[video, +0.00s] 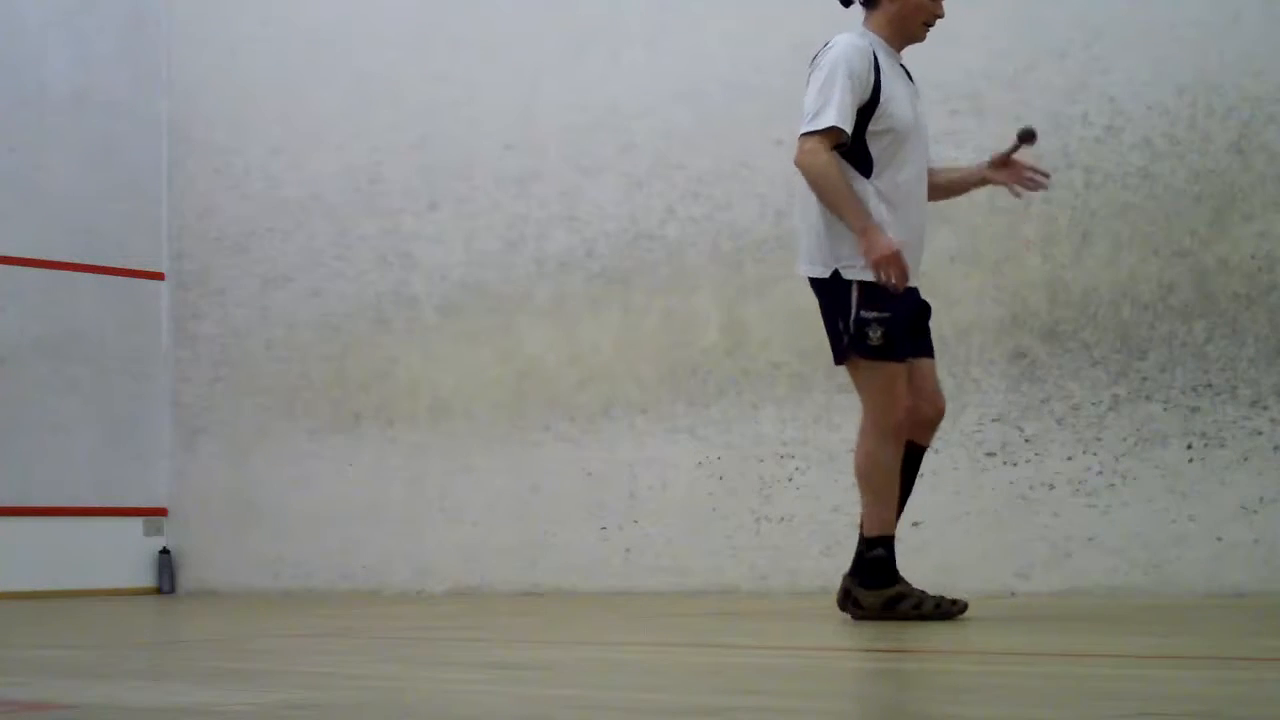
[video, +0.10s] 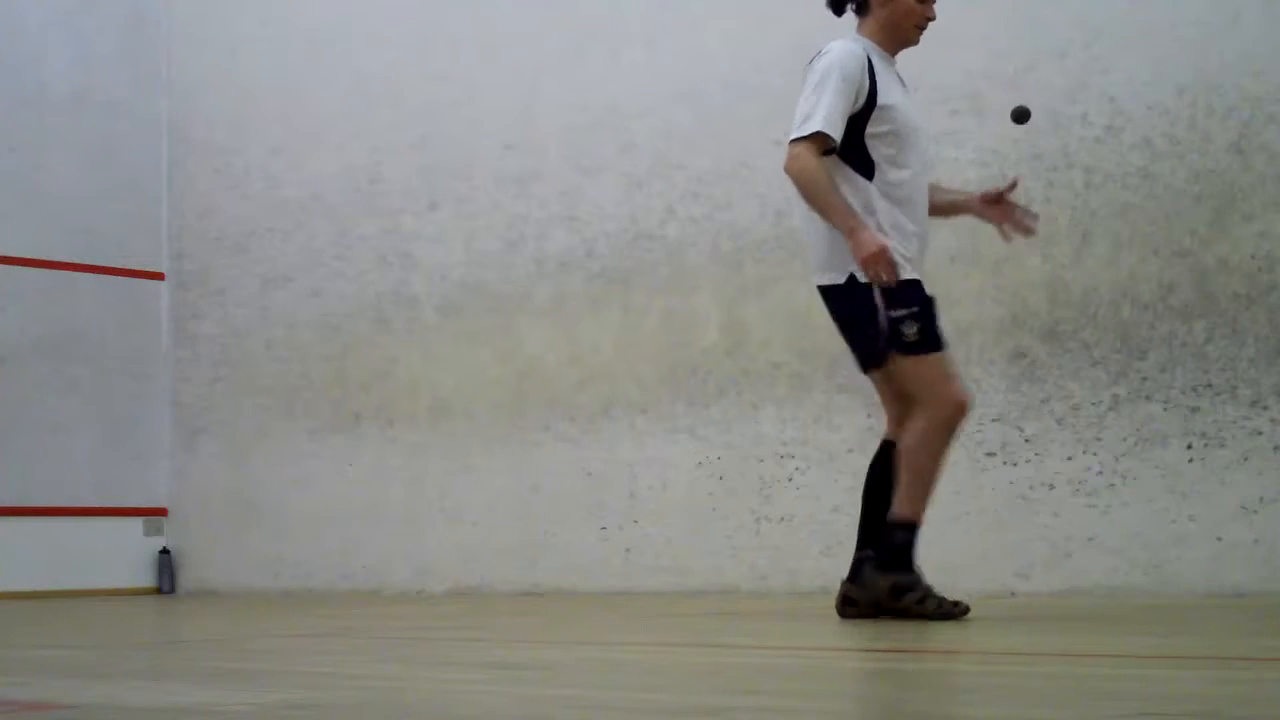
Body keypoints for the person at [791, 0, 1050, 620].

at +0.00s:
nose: (941, 11)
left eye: (940, 3)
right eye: (933, 0)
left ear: (899, 4)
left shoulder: (897, 72)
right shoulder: (849, 54)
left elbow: (909, 185)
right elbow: (812, 151)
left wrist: (985, 171)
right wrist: (870, 233)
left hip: (892, 266)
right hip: (852, 267)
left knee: (924, 409)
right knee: (886, 411)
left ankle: (869, 571)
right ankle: (874, 580)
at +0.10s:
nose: (932, 12)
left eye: (932, 3)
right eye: (923, 1)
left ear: (886, 7)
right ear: (882, 2)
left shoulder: (883, 73)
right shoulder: (845, 58)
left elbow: (896, 191)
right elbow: (802, 159)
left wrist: (975, 203)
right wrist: (859, 234)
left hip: (880, 269)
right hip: (868, 269)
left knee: (908, 418)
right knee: (942, 401)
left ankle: (869, 577)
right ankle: (894, 568)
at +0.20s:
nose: (927, 26)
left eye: (928, 15)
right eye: (917, 13)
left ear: (888, 18)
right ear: (875, 12)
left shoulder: (878, 89)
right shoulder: (842, 75)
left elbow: (891, 207)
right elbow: (792, 176)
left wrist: (963, 233)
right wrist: (846, 246)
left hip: (881, 274)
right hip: (879, 270)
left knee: (928, 432)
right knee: (1012, 343)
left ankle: (869, 582)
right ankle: (939, 484)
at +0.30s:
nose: (928, 38)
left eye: (930, 26)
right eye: (919, 24)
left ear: (896, 28)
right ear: (877, 22)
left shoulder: (882, 96)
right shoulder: (843, 85)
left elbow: (878, 197)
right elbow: (790, 183)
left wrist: (932, 237)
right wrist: (848, 259)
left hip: (881, 277)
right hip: (880, 267)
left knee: (937, 430)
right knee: (1031, 257)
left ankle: (869, 582)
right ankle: (969, 405)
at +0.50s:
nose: (931, 21)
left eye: (934, 11)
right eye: (918, 9)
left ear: (931, 20)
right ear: (878, 12)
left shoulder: (907, 92)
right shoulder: (848, 72)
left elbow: (917, 205)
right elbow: (785, 167)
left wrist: (993, 286)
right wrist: (835, 216)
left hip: (898, 268)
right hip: (874, 262)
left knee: (935, 431)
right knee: (1028, 233)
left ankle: (869, 581)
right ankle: (936, 377)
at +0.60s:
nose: (927, 13)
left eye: (934, 4)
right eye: (912, 2)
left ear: (940, 16)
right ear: (879, 12)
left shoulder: (935, 105)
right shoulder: (850, 69)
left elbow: (963, 206)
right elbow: (777, 152)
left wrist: (1020, 269)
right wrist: (771, 179)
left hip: (894, 263)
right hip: (872, 255)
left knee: (948, 431)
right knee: (1017, 304)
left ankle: (870, 581)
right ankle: (917, 446)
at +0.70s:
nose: (925, 8)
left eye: (934, 0)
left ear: (944, 13)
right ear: (882, 12)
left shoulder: (956, 99)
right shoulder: (852, 72)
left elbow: (1009, 177)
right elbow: (773, 149)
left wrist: (1043, 217)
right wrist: (705, 179)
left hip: (917, 266)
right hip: (875, 258)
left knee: (948, 435)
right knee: (989, 361)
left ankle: (870, 581)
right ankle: (931, 534)